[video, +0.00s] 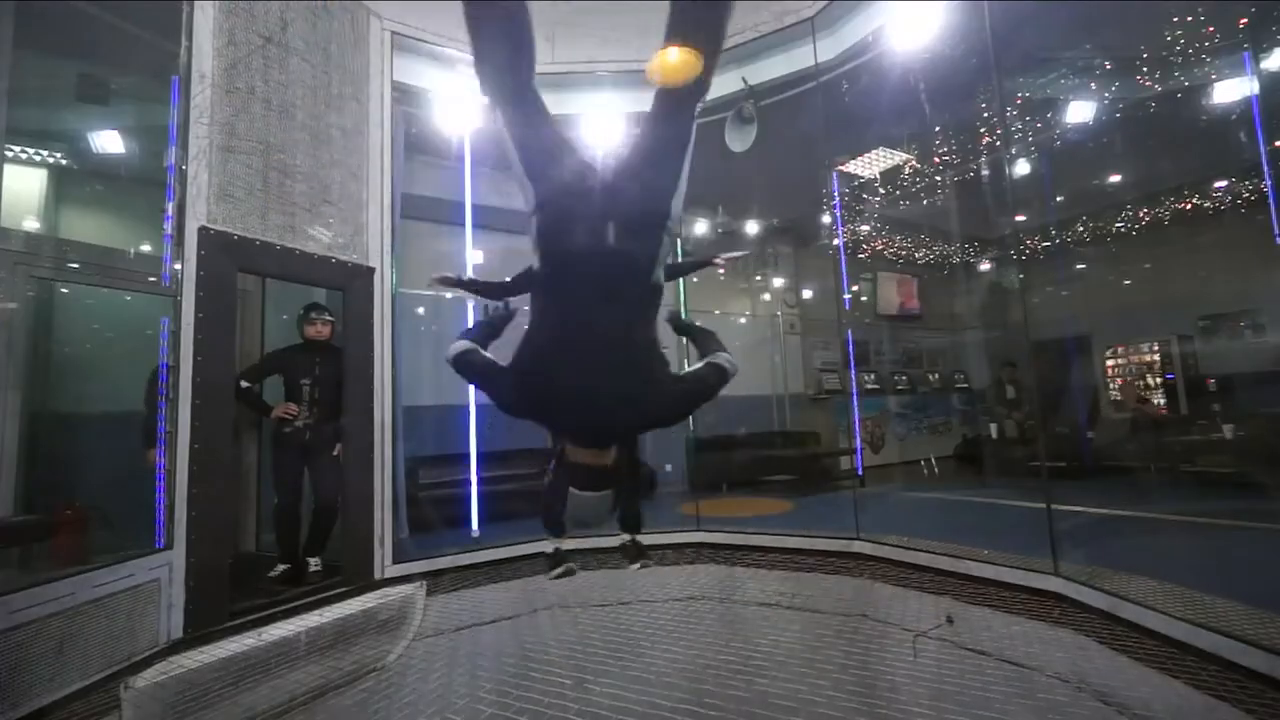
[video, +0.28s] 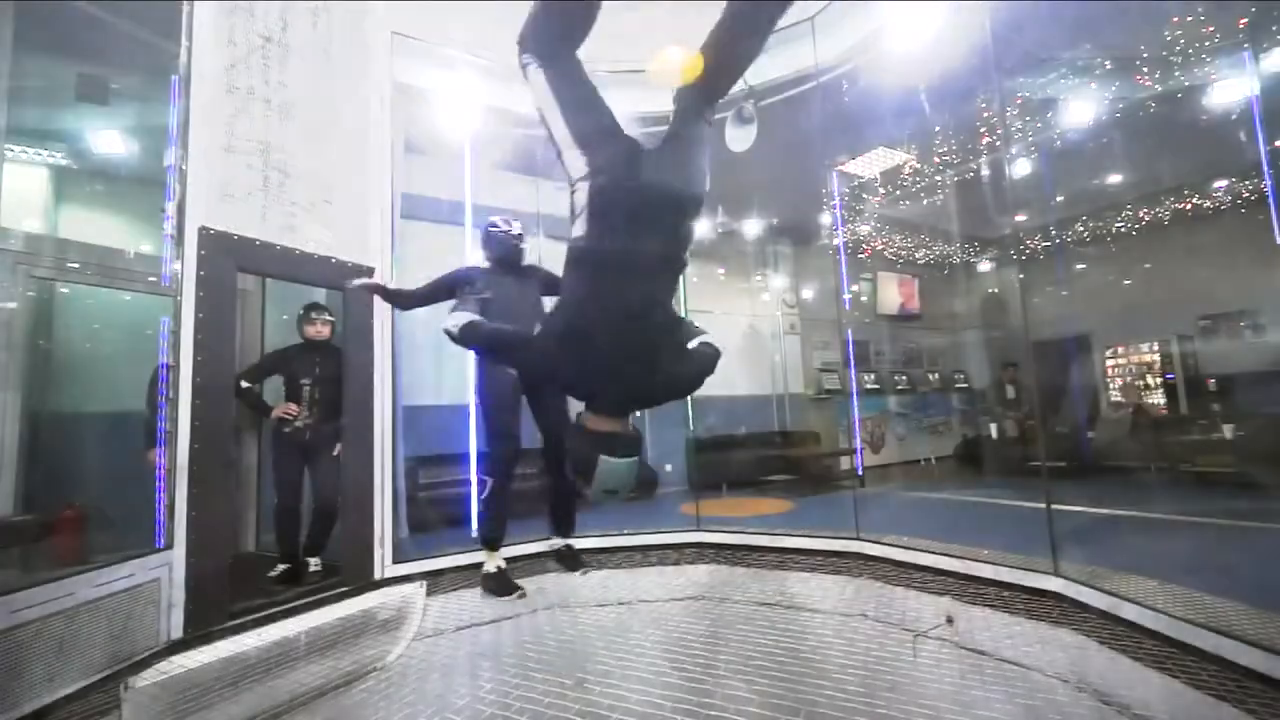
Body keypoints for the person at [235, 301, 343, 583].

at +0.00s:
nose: (319, 328)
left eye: (325, 323)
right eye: (313, 323)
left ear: (333, 327)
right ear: (302, 327)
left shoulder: (341, 359)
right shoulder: (287, 356)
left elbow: (352, 400)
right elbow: (242, 384)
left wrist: (344, 438)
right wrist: (269, 410)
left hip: (325, 439)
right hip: (289, 439)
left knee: (329, 500)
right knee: (287, 500)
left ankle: (313, 555)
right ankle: (287, 561)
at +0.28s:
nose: (319, 327)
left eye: (325, 322)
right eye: (313, 322)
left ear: (333, 327)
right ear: (302, 326)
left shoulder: (341, 359)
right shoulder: (287, 356)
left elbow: (355, 400)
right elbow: (243, 383)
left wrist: (346, 437)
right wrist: (269, 410)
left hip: (326, 439)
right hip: (289, 439)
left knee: (328, 502)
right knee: (288, 500)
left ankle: (313, 555)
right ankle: (288, 561)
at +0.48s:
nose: (324, 328)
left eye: (329, 323)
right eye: (317, 321)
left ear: (333, 328)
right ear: (301, 323)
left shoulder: (333, 359)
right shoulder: (278, 349)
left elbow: (321, 394)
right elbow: (223, 359)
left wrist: (294, 374)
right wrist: (248, 396)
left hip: (300, 442)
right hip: (265, 438)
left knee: (302, 505)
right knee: (261, 505)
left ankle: (243, 553)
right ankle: (254, 572)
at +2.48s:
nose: (321, 324)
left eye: (326, 320)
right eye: (314, 319)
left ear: (331, 326)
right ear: (300, 323)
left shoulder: (334, 357)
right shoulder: (279, 348)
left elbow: (333, 392)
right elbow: (224, 361)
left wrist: (292, 373)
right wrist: (250, 398)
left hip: (302, 441)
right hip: (264, 436)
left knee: (302, 505)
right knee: (259, 504)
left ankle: (242, 553)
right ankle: (254, 569)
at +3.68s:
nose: (309, 326)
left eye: (316, 322)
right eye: (306, 318)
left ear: (325, 328)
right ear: (298, 318)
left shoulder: (330, 359)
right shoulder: (280, 346)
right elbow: (223, 362)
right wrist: (248, 398)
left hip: (301, 437)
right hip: (265, 434)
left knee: (302, 505)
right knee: (259, 506)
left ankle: (242, 554)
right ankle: (256, 571)